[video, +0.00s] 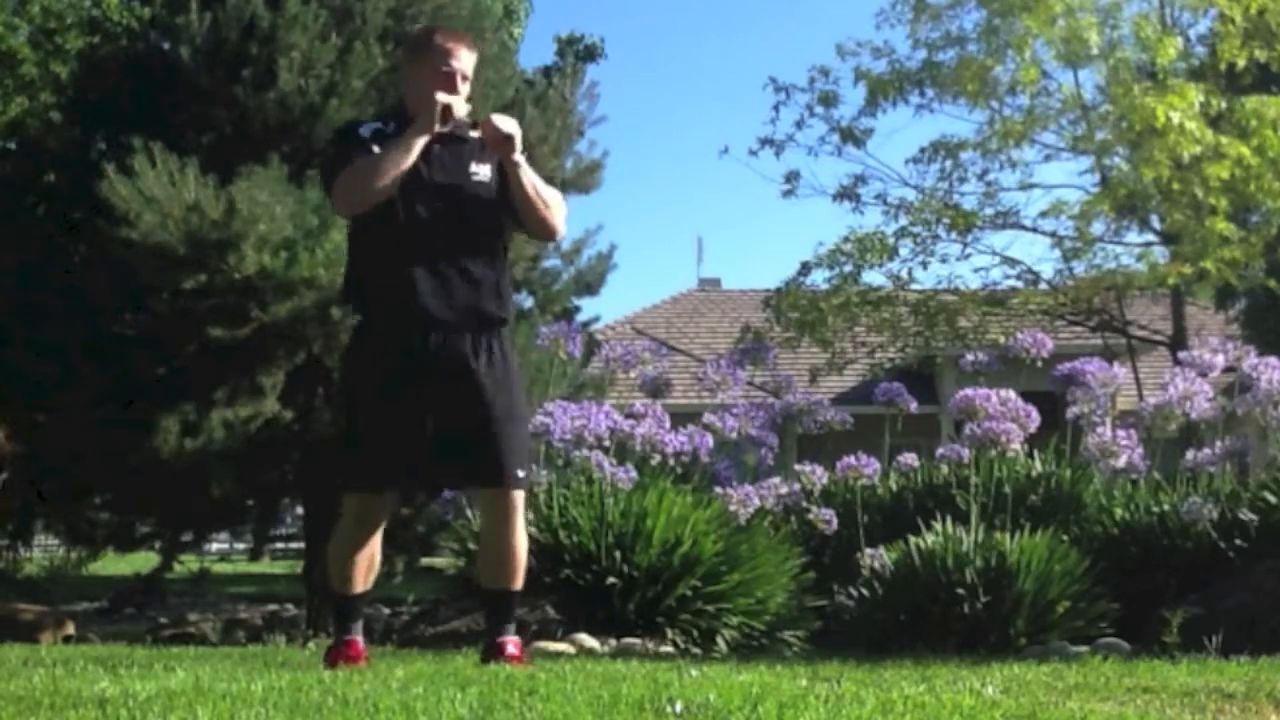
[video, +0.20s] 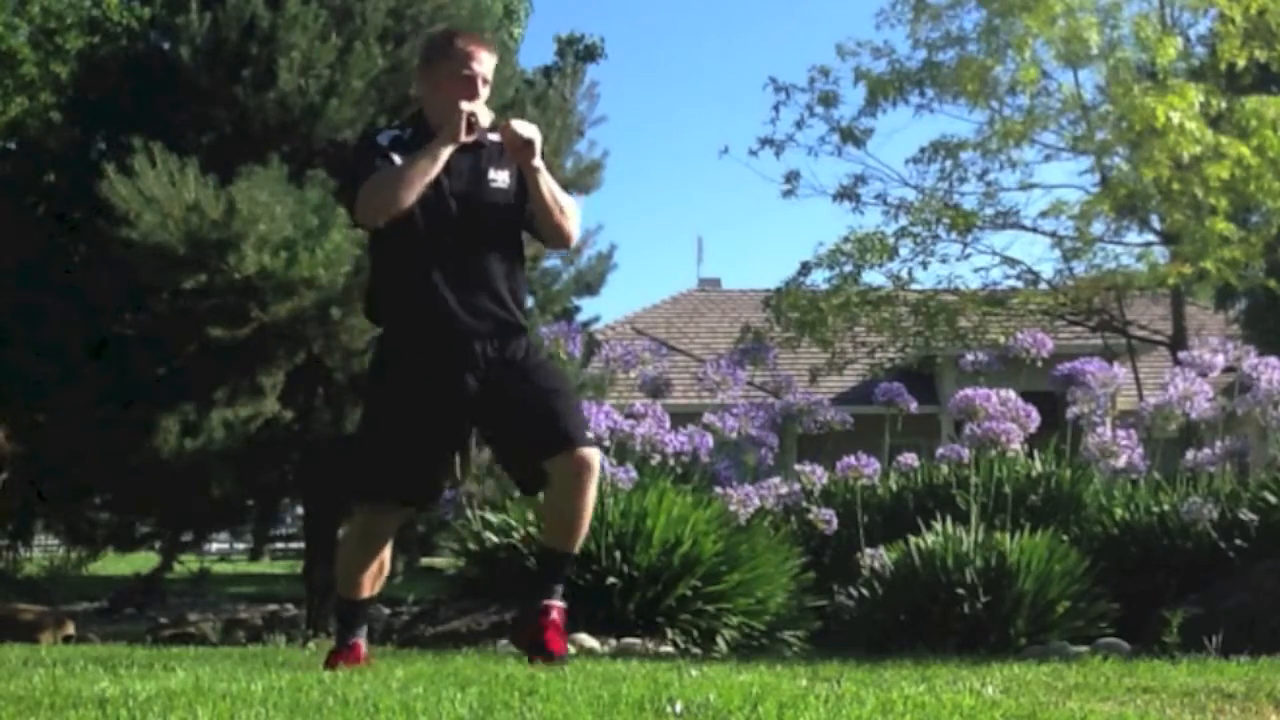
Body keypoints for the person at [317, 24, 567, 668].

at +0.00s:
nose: (453, 86)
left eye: (463, 78)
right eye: (442, 73)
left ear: (472, 87)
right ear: (406, 71)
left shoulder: (494, 151)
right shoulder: (367, 141)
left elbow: (551, 225)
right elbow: (349, 200)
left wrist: (514, 161)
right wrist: (422, 132)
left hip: (481, 344)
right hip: (390, 343)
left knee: (506, 492)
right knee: (369, 499)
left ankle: (502, 637)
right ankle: (348, 636)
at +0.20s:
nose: (475, 90)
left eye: (484, 82)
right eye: (463, 78)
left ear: (491, 91)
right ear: (425, 80)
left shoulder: (510, 156)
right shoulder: (385, 148)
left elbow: (565, 234)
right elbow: (372, 211)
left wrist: (533, 167)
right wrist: (447, 143)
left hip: (506, 347)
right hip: (417, 351)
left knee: (579, 462)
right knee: (380, 507)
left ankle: (548, 607)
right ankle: (351, 641)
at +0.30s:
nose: (501, 86)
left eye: (510, 78)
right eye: (488, 74)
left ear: (520, 86)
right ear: (451, 76)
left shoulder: (535, 148)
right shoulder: (412, 143)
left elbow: (593, 227)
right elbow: (404, 203)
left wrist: (564, 157)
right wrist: (476, 136)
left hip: (531, 348)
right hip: (439, 353)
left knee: (609, 458)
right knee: (394, 504)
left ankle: (622, 618)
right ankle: (355, 631)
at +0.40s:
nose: (536, 110)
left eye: (543, 101)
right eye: (521, 98)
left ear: (550, 110)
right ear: (481, 101)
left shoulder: (568, 177)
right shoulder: (440, 164)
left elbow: (634, 240)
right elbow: (453, 212)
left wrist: (604, 164)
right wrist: (525, 147)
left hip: (553, 375)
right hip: (459, 376)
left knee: (626, 490)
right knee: (404, 518)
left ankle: (708, 618)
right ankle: (360, 637)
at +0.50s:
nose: (578, 128)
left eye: (584, 118)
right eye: (562, 115)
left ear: (595, 130)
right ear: (521, 126)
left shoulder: (611, 207)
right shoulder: (498, 191)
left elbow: (684, 237)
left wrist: (651, 163)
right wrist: (603, 141)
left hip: (593, 402)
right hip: (501, 398)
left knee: (677, 512)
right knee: (421, 531)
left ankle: (725, 646)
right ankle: (364, 640)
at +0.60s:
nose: (628, 112)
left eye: (631, 104)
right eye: (613, 101)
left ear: (634, 116)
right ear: (570, 114)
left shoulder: (635, 180)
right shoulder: (573, 178)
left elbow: (706, 215)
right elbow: (666, 175)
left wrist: (683, 140)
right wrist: (668, 107)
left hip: (658, 385)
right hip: (582, 388)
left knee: (746, 495)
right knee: (499, 533)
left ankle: (750, 642)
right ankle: (388, 623)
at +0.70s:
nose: (657, 87)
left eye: (661, 78)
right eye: (642, 77)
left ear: (664, 88)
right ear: (603, 91)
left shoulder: (660, 148)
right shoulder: (610, 146)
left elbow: (722, 195)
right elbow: (704, 156)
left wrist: (711, 121)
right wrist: (703, 94)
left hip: (700, 345)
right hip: (641, 346)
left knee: (762, 496)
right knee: (664, 515)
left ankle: (752, 642)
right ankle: (550, 548)